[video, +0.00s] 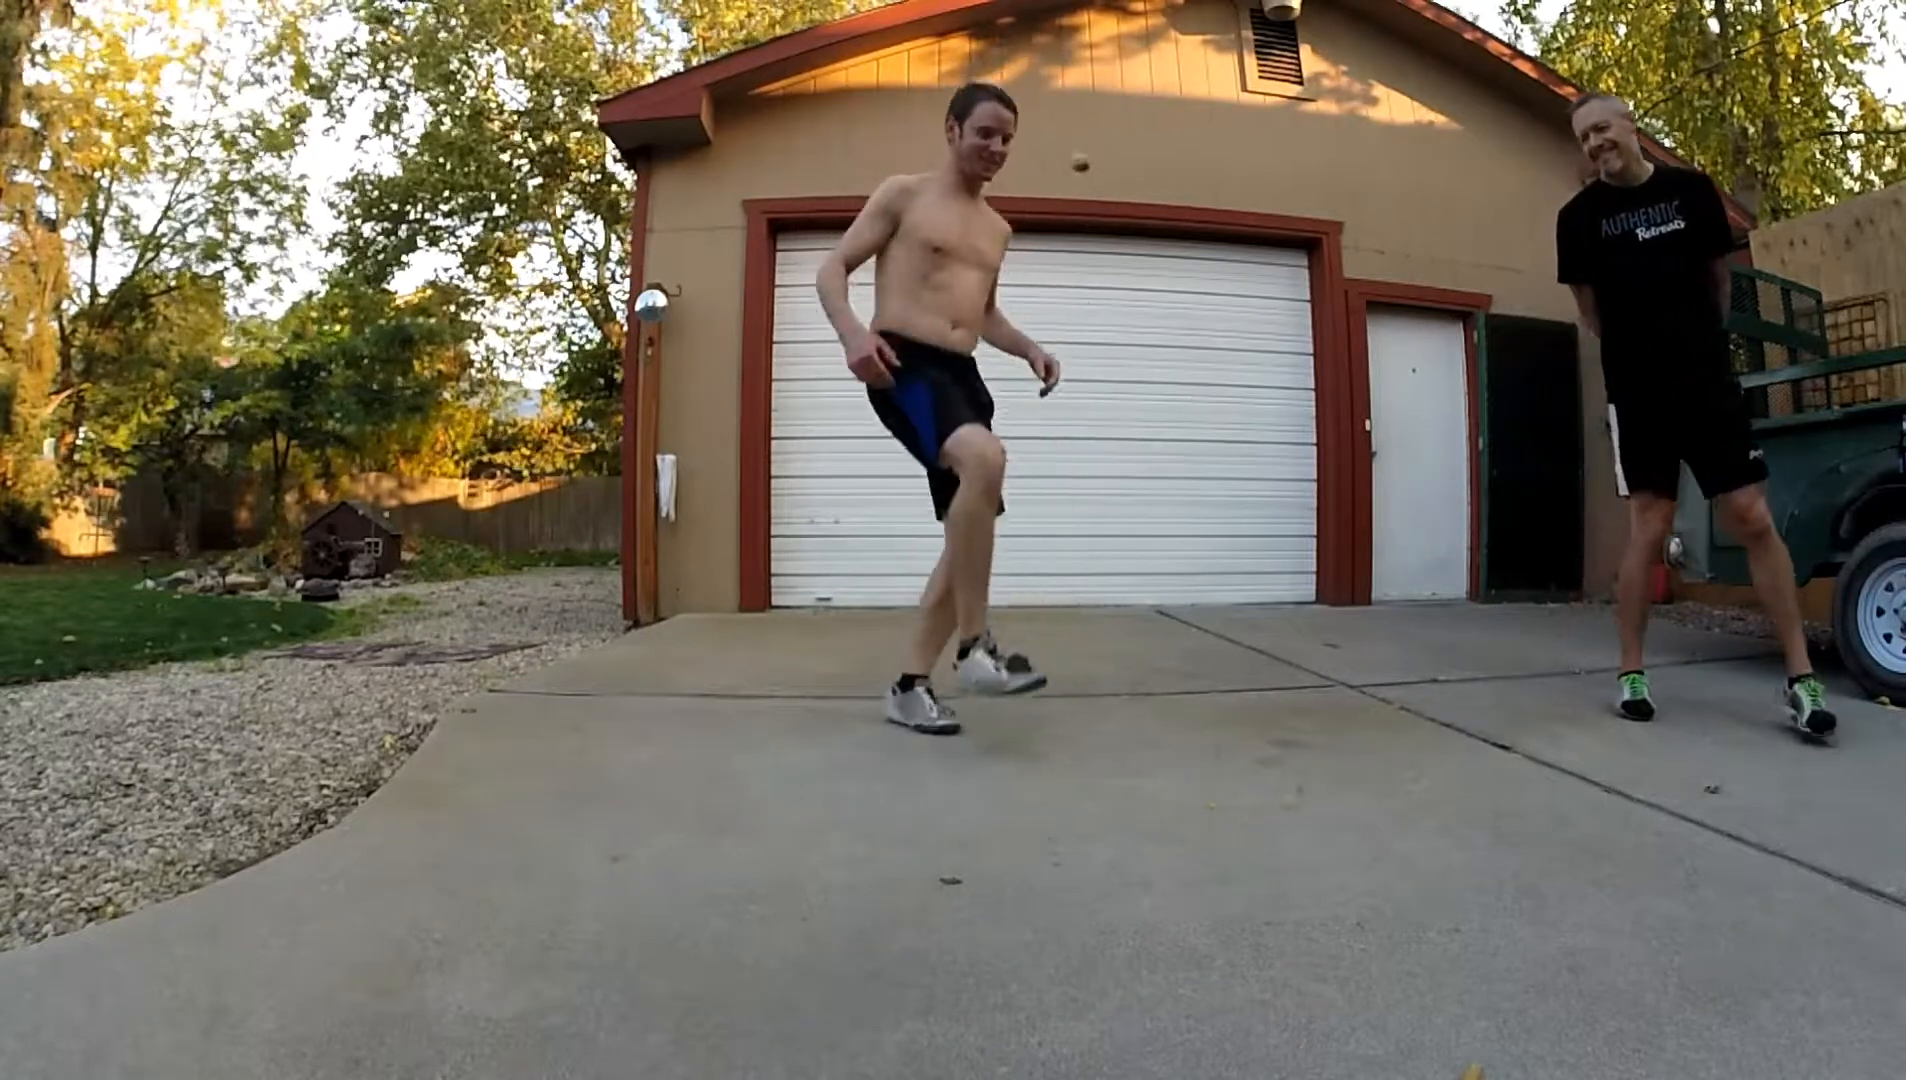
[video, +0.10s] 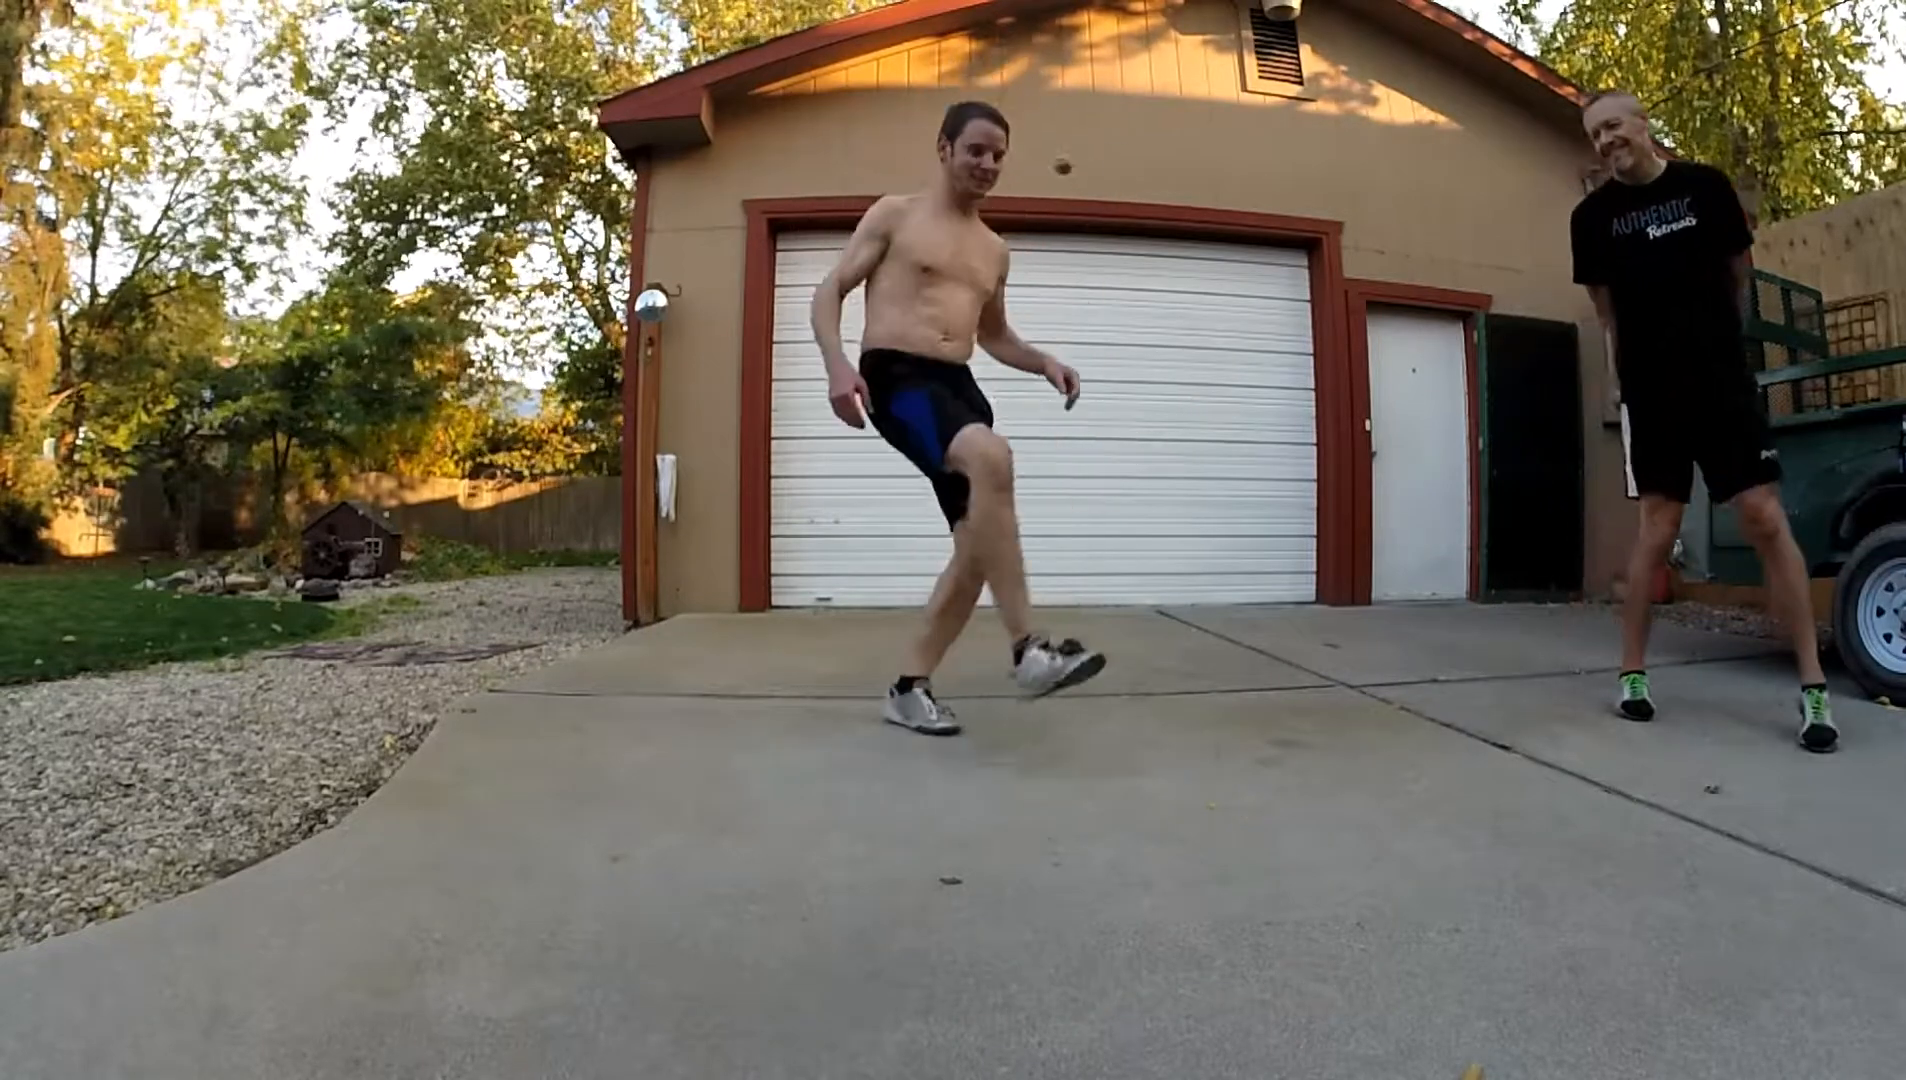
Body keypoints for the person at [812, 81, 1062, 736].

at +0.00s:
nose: (998, 147)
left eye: (1007, 138)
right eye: (987, 133)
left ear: (1012, 144)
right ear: (954, 132)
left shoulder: (997, 229)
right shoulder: (904, 193)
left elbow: (984, 314)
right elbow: (831, 272)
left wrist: (1031, 350)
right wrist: (854, 335)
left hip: (961, 373)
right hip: (901, 360)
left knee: (977, 522)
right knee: (985, 458)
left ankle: (912, 685)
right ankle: (974, 645)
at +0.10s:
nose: (987, 164)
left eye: (997, 156)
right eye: (977, 150)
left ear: (1004, 164)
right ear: (944, 149)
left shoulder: (993, 249)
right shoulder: (895, 213)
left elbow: (994, 333)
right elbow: (827, 294)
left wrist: (1045, 362)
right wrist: (837, 369)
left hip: (960, 383)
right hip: (897, 375)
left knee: (977, 544)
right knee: (991, 458)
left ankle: (911, 686)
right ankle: (1026, 649)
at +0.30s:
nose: (998, 127)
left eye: (1009, 119)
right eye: (988, 112)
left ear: (1016, 126)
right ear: (956, 109)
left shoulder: (1004, 203)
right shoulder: (901, 171)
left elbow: (1010, 280)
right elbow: (817, 237)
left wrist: (1039, 303)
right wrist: (839, 296)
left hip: (947, 362)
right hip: (886, 340)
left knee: (951, 510)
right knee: (981, 273)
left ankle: (917, 674)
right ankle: (1031, 444)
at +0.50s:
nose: (987, 123)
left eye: (997, 115)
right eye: (975, 110)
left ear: (1002, 124)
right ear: (942, 111)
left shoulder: (992, 207)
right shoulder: (896, 173)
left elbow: (980, 291)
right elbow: (820, 251)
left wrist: (1024, 326)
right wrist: (840, 309)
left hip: (952, 358)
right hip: (891, 343)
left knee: (957, 527)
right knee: (964, 432)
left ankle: (908, 687)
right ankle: (958, 631)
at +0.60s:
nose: (980, 146)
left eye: (990, 137)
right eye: (969, 132)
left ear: (997, 148)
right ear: (937, 134)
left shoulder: (987, 237)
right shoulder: (887, 199)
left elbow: (987, 324)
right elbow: (822, 287)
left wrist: (1041, 355)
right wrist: (827, 364)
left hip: (954, 377)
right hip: (886, 365)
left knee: (973, 546)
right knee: (967, 463)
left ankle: (903, 694)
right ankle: (990, 666)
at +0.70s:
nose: (982, 148)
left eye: (993, 139)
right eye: (971, 133)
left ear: (999, 149)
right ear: (939, 132)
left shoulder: (992, 234)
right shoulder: (884, 198)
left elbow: (1003, 317)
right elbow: (808, 276)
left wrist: (1054, 343)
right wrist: (824, 355)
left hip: (939, 370)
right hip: (874, 356)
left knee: (965, 539)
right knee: (973, 388)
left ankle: (905, 694)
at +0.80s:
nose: (989, 125)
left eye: (1001, 116)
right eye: (978, 109)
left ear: (1009, 125)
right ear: (945, 107)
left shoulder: (998, 207)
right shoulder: (890, 172)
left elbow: (1008, 283)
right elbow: (801, 245)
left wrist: (1044, 307)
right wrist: (824, 316)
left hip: (938, 369)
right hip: (873, 347)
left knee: (947, 520)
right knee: (960, 271)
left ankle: (909, 687)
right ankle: (1045, 426)